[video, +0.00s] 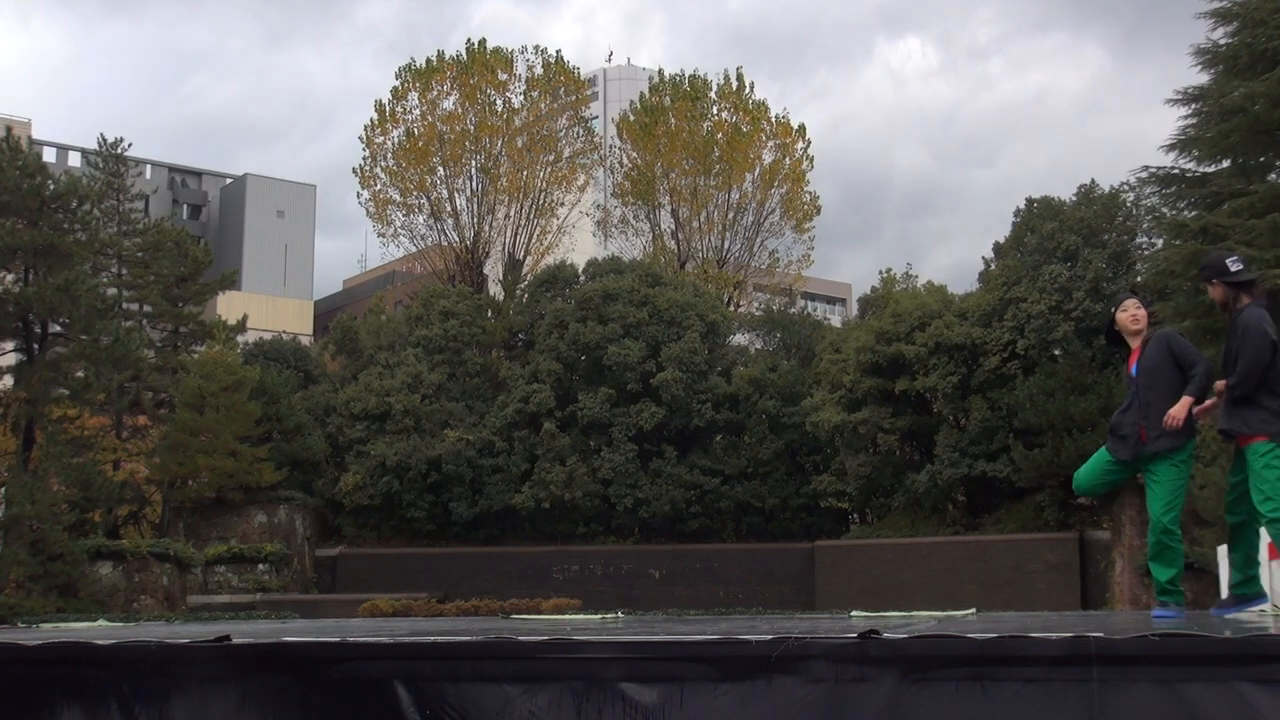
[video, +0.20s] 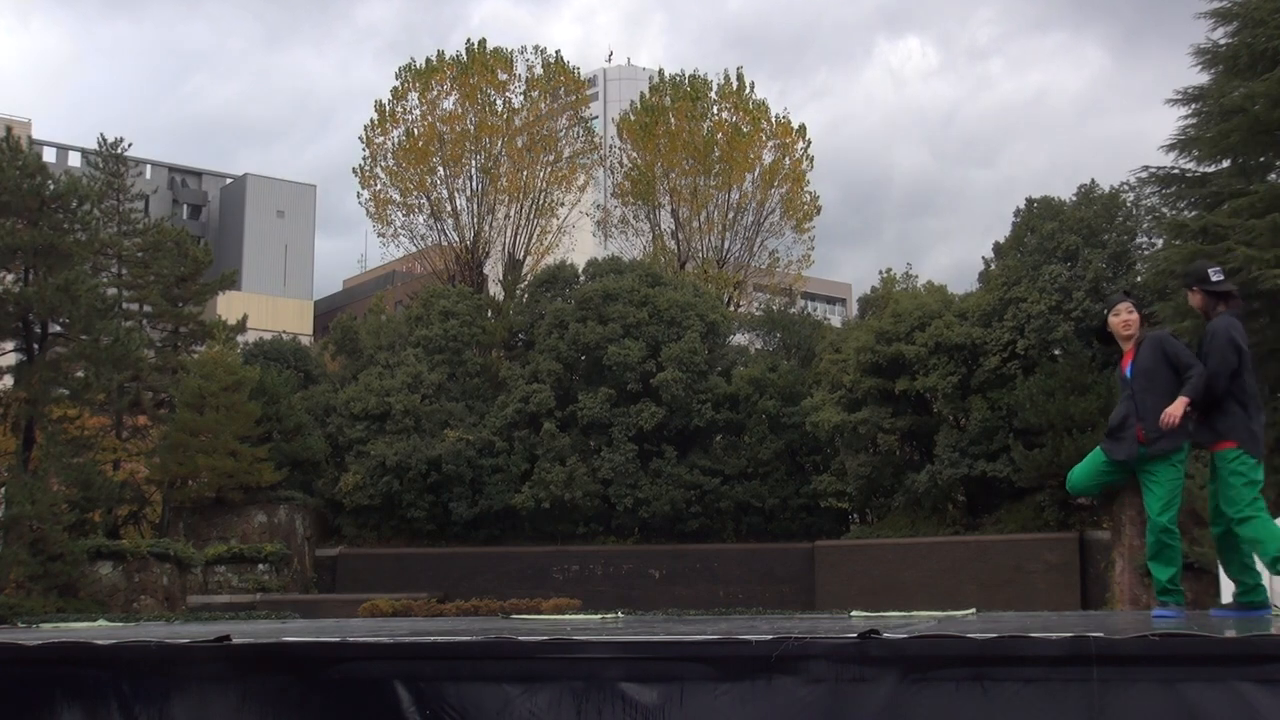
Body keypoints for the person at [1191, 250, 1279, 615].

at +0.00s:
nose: (1209, 294)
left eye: (1210, 287)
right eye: (1208, 287)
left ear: (1223, 286)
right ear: (1233, 284)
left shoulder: (1253, 320)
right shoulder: (1243, 320)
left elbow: (1250, 379)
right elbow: (1242, 381)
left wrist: (1226, 387)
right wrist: (1214, 403)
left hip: (1264, 435)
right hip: (1247, 436)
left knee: (1271, 514)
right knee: (1240, 512)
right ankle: (1246, 589)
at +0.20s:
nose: (1188, 298)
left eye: (1190, 292)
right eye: (1188, 292)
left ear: (1202, 294)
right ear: (1217, 292)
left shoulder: (1222, 328)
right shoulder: (1220, 327)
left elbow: (1214, 382)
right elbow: (1215, 381)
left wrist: (1189, 401)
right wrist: (1190, 397)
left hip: (1237, 440)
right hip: (1225, 441)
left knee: (1246, 516)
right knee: (1223, 523)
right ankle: (1251, 597)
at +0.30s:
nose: (1176, 303)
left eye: (1177, 297)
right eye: (1176, 297)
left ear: (1187, 298)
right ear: (1207, 296)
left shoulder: (1201, 329)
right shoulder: (1221, 327)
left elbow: (1204, 382)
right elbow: (1217, 381)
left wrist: (1187, 408)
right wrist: (1193, 407)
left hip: (1218, 437)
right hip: (1237, 435)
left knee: (1208, 513)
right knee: (1230, 514)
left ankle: (1268, 557)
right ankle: (1250, 596)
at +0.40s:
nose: (1161, 309)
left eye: (1162, 303)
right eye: (1161, 303)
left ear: (1173, 303)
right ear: (1192, 303)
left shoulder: (1182, 333)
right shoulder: (1212, 334)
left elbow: (1192, 385)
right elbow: (1219, 385)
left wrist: (1187, 432)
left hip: (1209, 440)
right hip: (1232, 439)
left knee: (1180, 512)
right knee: (1231, 519)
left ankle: (1229, 572)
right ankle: (1255, 596)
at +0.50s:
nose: (1142, 313)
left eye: (1145, 308)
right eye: (1144, 307)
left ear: (1157, 310)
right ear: (1174, 310)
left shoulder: (1162, 338)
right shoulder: (1198, 339)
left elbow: (1181, 382)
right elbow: (1207, 384)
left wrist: (1190, 425)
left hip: (1189, 445)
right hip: (1218, 443)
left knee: (1165, 516)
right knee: (1226, 521)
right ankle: (1252, 594)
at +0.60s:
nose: (1125, 321)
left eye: (1128, 315)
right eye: (1126, 315)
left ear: (1140, 315)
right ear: (1153, 315)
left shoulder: (1145, 342)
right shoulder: (1178, 342)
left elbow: (1169, 381)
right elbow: (1187, 384)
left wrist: (1186, 419)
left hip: (1169, 440)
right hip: (1197, 437)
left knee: (1154, 521)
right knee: (1214, 518)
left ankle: (1145, 594)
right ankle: (1245, 591)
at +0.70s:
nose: (1109, 324)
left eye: (1112, 318)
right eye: (1109, 318)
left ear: (1125, 319)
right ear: (1137, 319)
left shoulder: (1128, 348)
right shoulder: (1156, 349)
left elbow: (1154, 388)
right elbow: (1163, 391)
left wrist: (1176, 424)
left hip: (1151, 449)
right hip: (1174, 447)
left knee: (1134, 524)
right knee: (1191, 521)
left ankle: (1145, 597)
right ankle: (1234, 583)